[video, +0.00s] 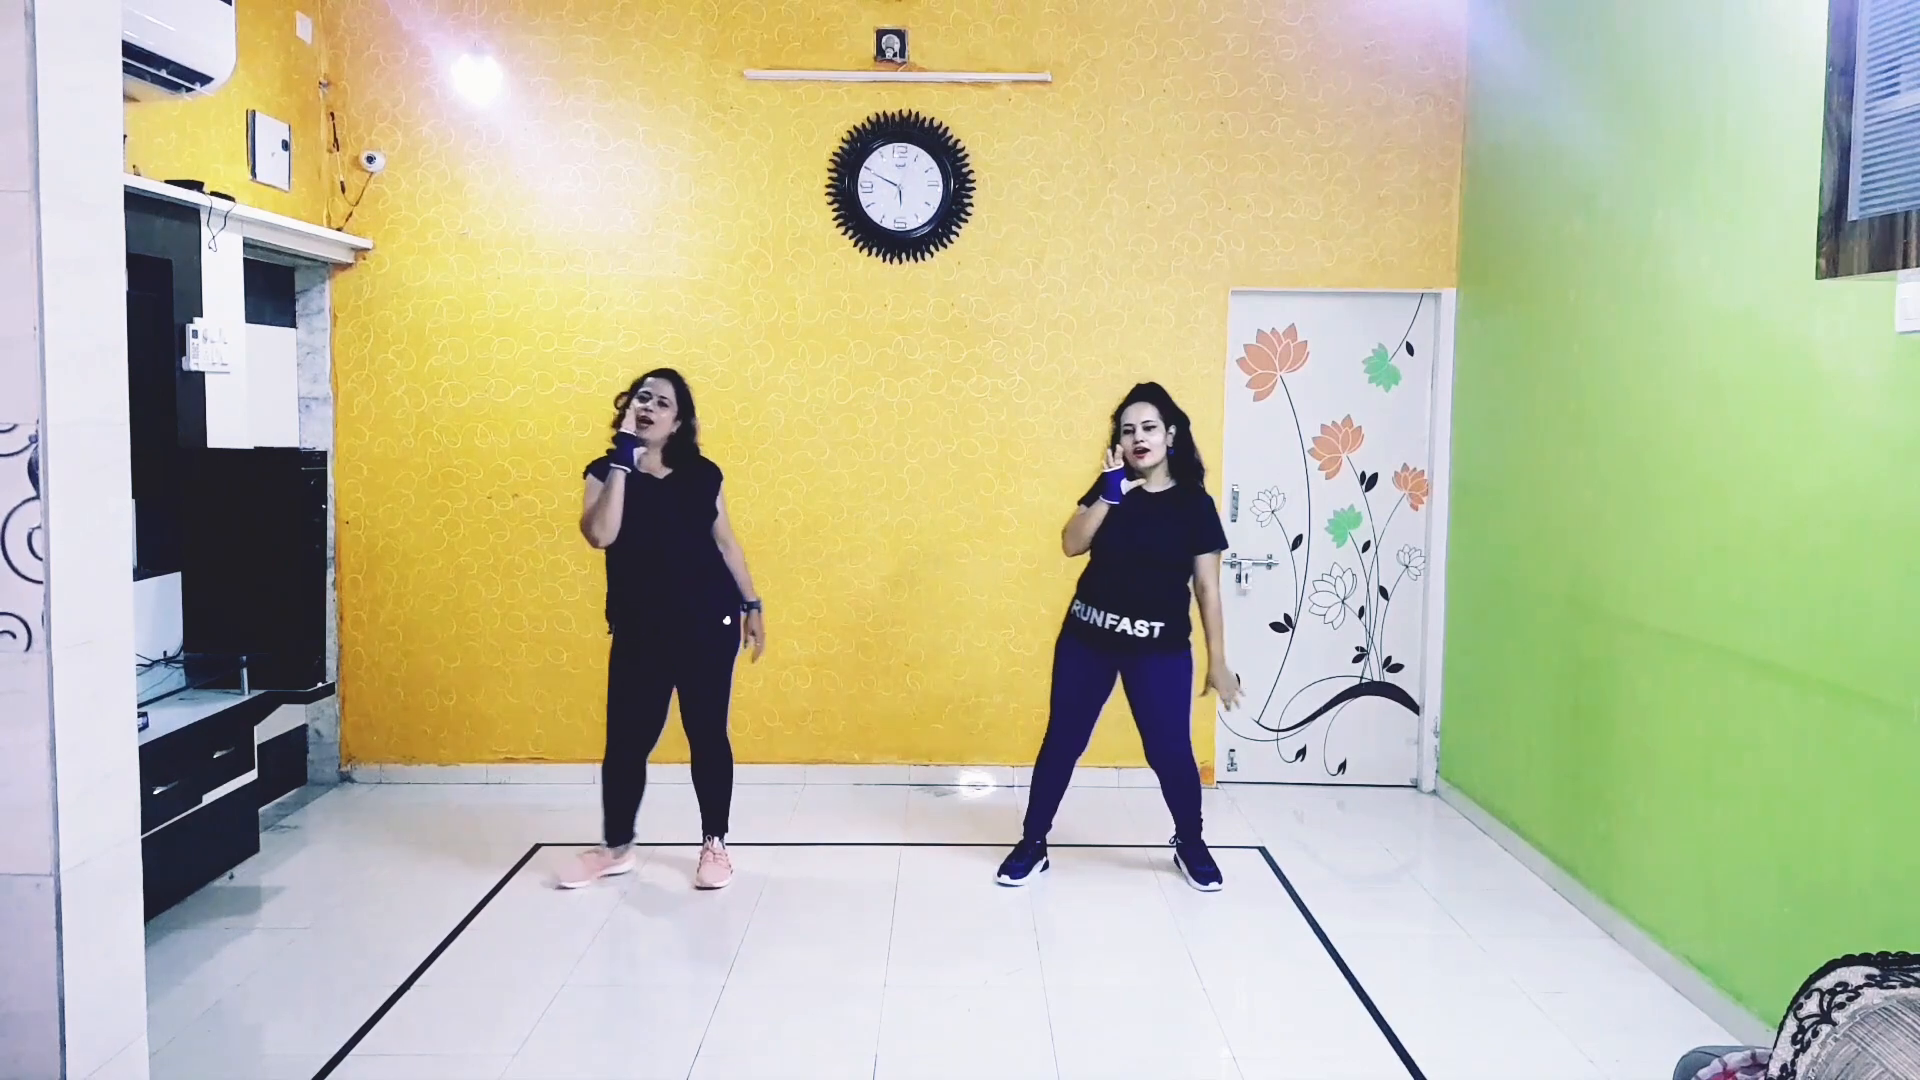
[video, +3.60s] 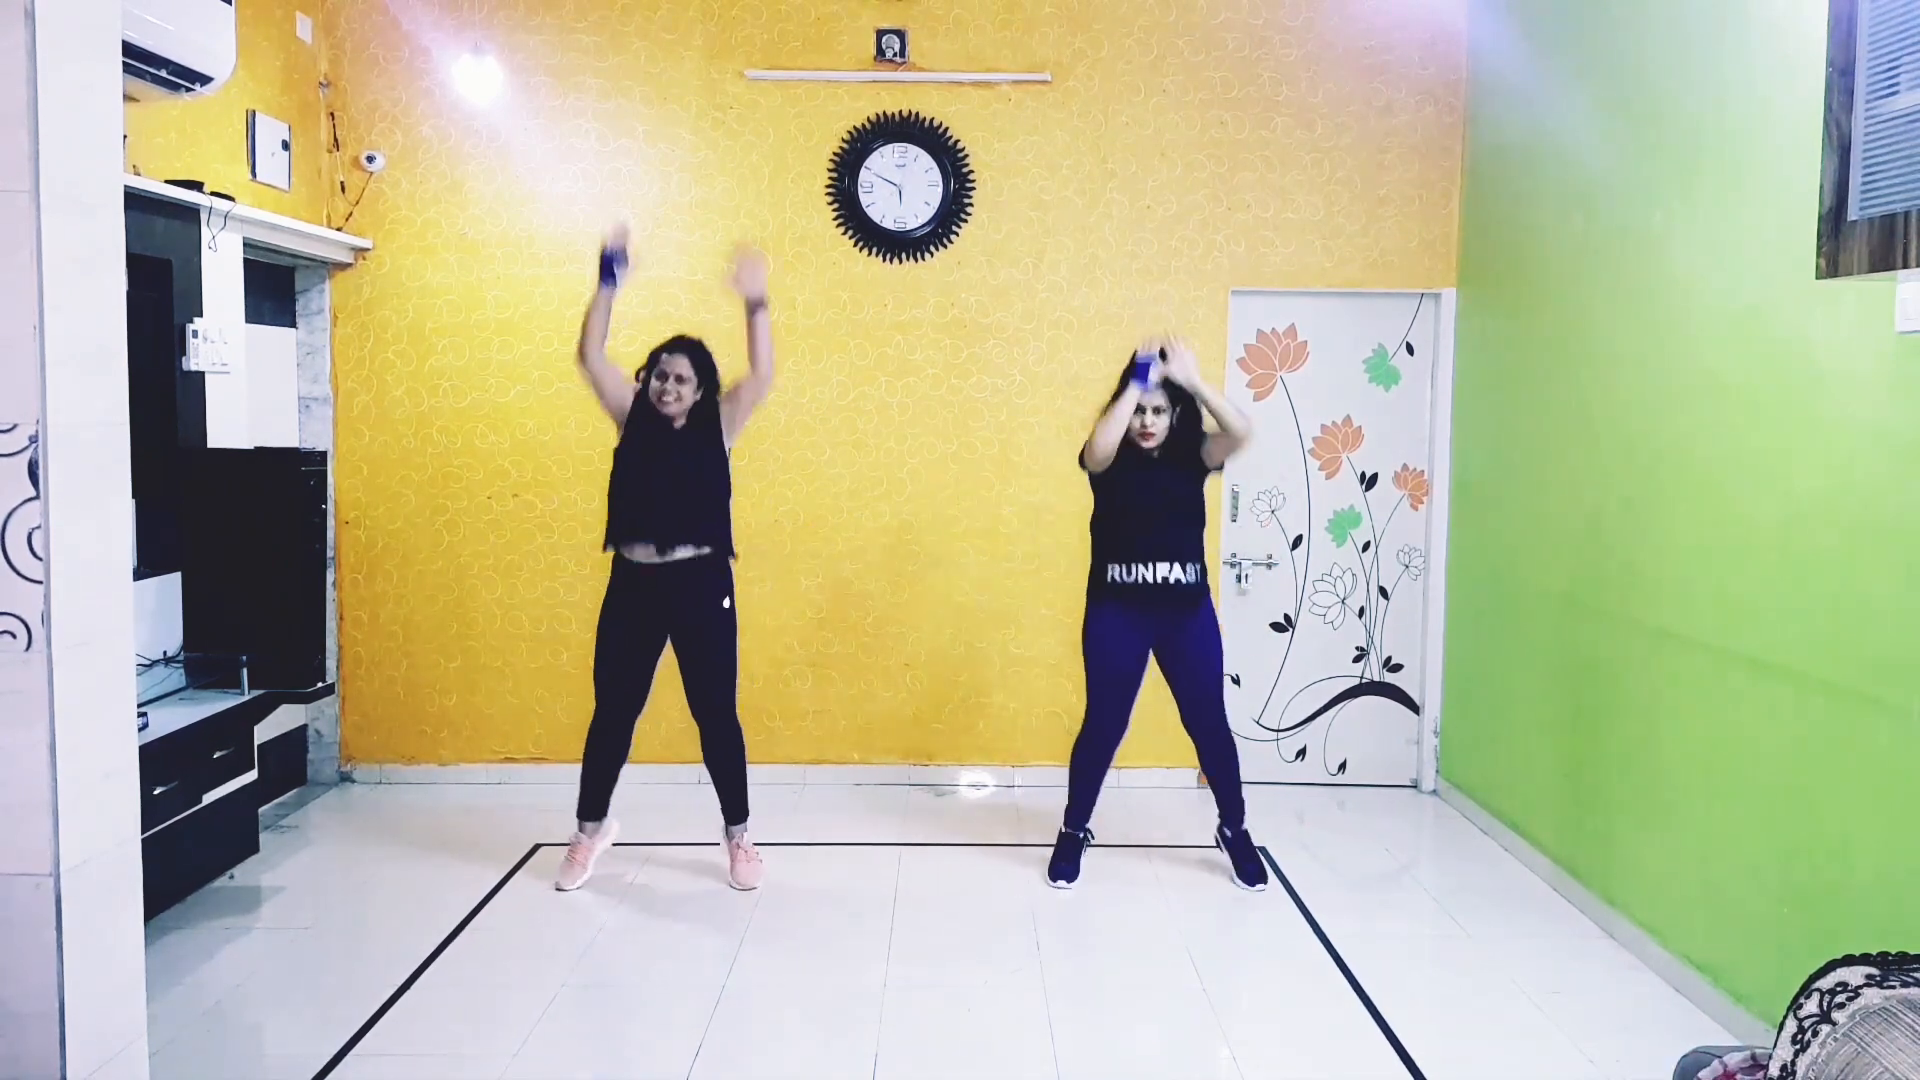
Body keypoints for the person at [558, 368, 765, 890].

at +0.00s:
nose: (648, 406)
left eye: (662, 402)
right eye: (642, 397)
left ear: (680, 420)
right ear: (627, 406)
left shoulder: (702, 475)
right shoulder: (605, 472)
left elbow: (726, 543)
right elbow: (601, 534)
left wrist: (752, 602)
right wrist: (622, 464)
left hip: (705, 629)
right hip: (639, 631)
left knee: (708, 737)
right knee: (625, 743)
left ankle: (714, 844)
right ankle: (617, 847)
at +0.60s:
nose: (627, 403)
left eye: (642, 399)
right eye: (622, 394)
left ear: (663, 416)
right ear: (609, 406)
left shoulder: (685, 478)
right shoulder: (584, 472)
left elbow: (704, 540)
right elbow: (538, 541)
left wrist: (713, 562)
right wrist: (568, 511)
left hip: (653, 628)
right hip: (583, 625)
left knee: (665, 737)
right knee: (580, 734)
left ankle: (706, 845)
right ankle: (575, 841)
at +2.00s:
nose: (613, 407)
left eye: (626, 402)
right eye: (606, 398)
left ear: (645, 416)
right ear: (590, 407)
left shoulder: (671, 472)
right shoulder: (570, 478)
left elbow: (697, 538)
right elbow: (551, 550)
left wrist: (708, 550)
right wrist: (490, 564)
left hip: (645, 628)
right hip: (575, 628)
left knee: (664, 736)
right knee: (579, 736)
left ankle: (700, 840)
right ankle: (580, 844)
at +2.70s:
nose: (646, 415)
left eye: (660, 410)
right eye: (640, 407)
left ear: (681, 423)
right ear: (626, 417)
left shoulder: (705, 481)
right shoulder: (611, 490)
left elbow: (743, 541)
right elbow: (611, 560)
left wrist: (774, 549)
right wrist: (571, 597)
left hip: (720, 623)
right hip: (654, 628)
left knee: (725, 729)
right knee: (610, 730)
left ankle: (739, 845)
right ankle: (601, 849)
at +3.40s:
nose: (655, 420)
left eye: (669, 413)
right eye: (648, 412)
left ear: (691, 428)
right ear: (637, 423)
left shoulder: (715, 489)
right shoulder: (616, 491)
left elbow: (758, 549)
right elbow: (587, 559)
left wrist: (740, 526)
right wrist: (564, 557)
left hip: (696, 640)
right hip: (624, 639)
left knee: (712, 744)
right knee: (607, 746)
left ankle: (731, 847)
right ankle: (604, 848)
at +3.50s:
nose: (663, 408)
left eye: (676, 401)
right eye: (655, 399)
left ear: (697, 413)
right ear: (643, 408)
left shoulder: (721, 464)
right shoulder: (624, 462)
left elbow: (779, 465)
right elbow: (564, 469)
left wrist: (745, 406)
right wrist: (590, 406)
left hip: (701, 623)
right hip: (629, 621)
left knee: (715, 737)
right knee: (614, 734)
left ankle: (732, 845)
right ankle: (603, 845)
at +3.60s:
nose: (668, 384)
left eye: (682, 378)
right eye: (662, 375)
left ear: (702, 388)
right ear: (649, 380)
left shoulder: (718, 424)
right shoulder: (631, 413)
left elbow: (761, 377)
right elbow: (592, 356)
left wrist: (757, 306)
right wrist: (607, 285)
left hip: (701, 586)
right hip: (634, 585)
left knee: (717, 715)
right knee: (612, 711)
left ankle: (737, 835)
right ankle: (590, 830)